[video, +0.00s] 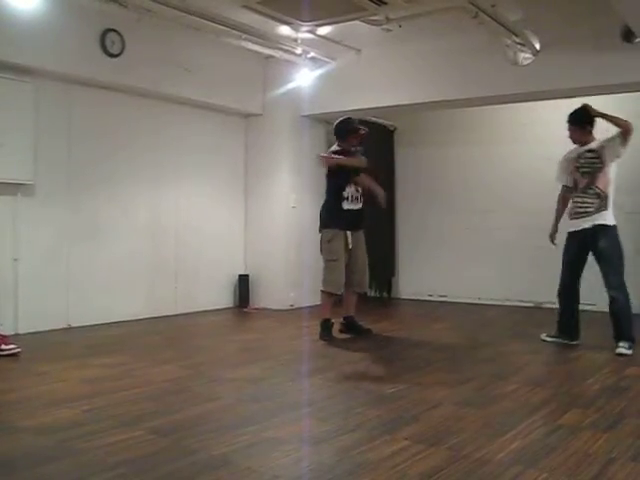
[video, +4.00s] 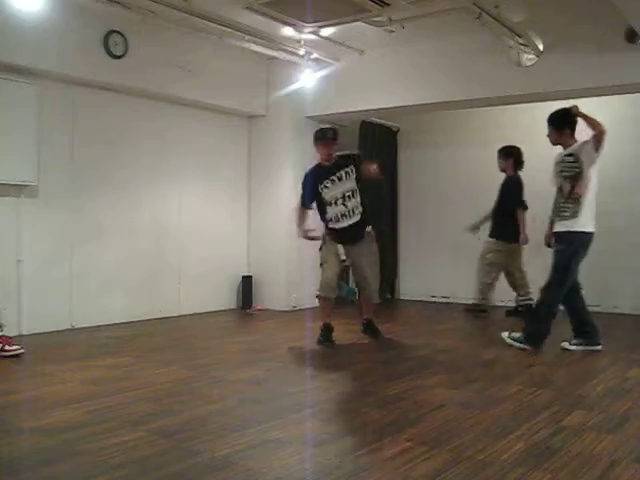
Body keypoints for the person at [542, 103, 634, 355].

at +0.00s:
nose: (570, 135)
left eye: (573, 131)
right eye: (569, 130)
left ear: (586, 129)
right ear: (575, 130)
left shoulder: (606, 149)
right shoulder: (569, 158)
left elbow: (627, 129)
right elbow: (565, 193)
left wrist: (599, 114)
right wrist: (555, 225)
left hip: (602, 225)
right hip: (576, 228)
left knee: (615, 284)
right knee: (567, 285)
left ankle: (625, 340)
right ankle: (567, 333)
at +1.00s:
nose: (588, 124)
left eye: (592, 120)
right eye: (589, 119)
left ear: (607, 122)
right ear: (603, 122)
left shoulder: (627, 148)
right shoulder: (584, 152)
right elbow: (578, 191)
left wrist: (628, 108)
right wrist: (569, 227)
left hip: (614, 232)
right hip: (583, 231)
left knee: (619, 289)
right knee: (585, 292)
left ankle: (629, 340)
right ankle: (592, 345)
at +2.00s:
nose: (568, 116)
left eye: (571, 111)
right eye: (569, 111)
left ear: (584, 112)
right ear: (586, 112)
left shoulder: (606, 139)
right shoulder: (583, 139)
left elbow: (615, 123)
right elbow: (584, 176)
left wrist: (602, 98)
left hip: (597, 227)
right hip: (578, 224)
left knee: (593, 291)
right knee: (574, 288)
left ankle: (597, 355)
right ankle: (586, 346)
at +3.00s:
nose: (546, 129)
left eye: (548, 124)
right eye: (546, 124)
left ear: (559, 121)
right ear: (566, 122)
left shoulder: (571, 144)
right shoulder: (579, 146)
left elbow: (556, 123)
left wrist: (567, 108)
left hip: (564, 228)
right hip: (581, 229)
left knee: (540, 283)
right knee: (583, 290)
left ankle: (529, 336)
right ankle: (595, 344)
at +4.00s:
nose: (549, 138)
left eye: (551, 133)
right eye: (549, 133)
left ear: (564, 131)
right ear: (563, 132)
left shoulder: (585, 151)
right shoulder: (560, 158)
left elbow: (600, 131)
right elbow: (559, 195)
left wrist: (581, 114)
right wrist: (551, 227)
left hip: (579, 230)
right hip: (562, 229)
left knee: (554, 287)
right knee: (568, 286)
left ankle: (532, 337)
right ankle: (587, 336)